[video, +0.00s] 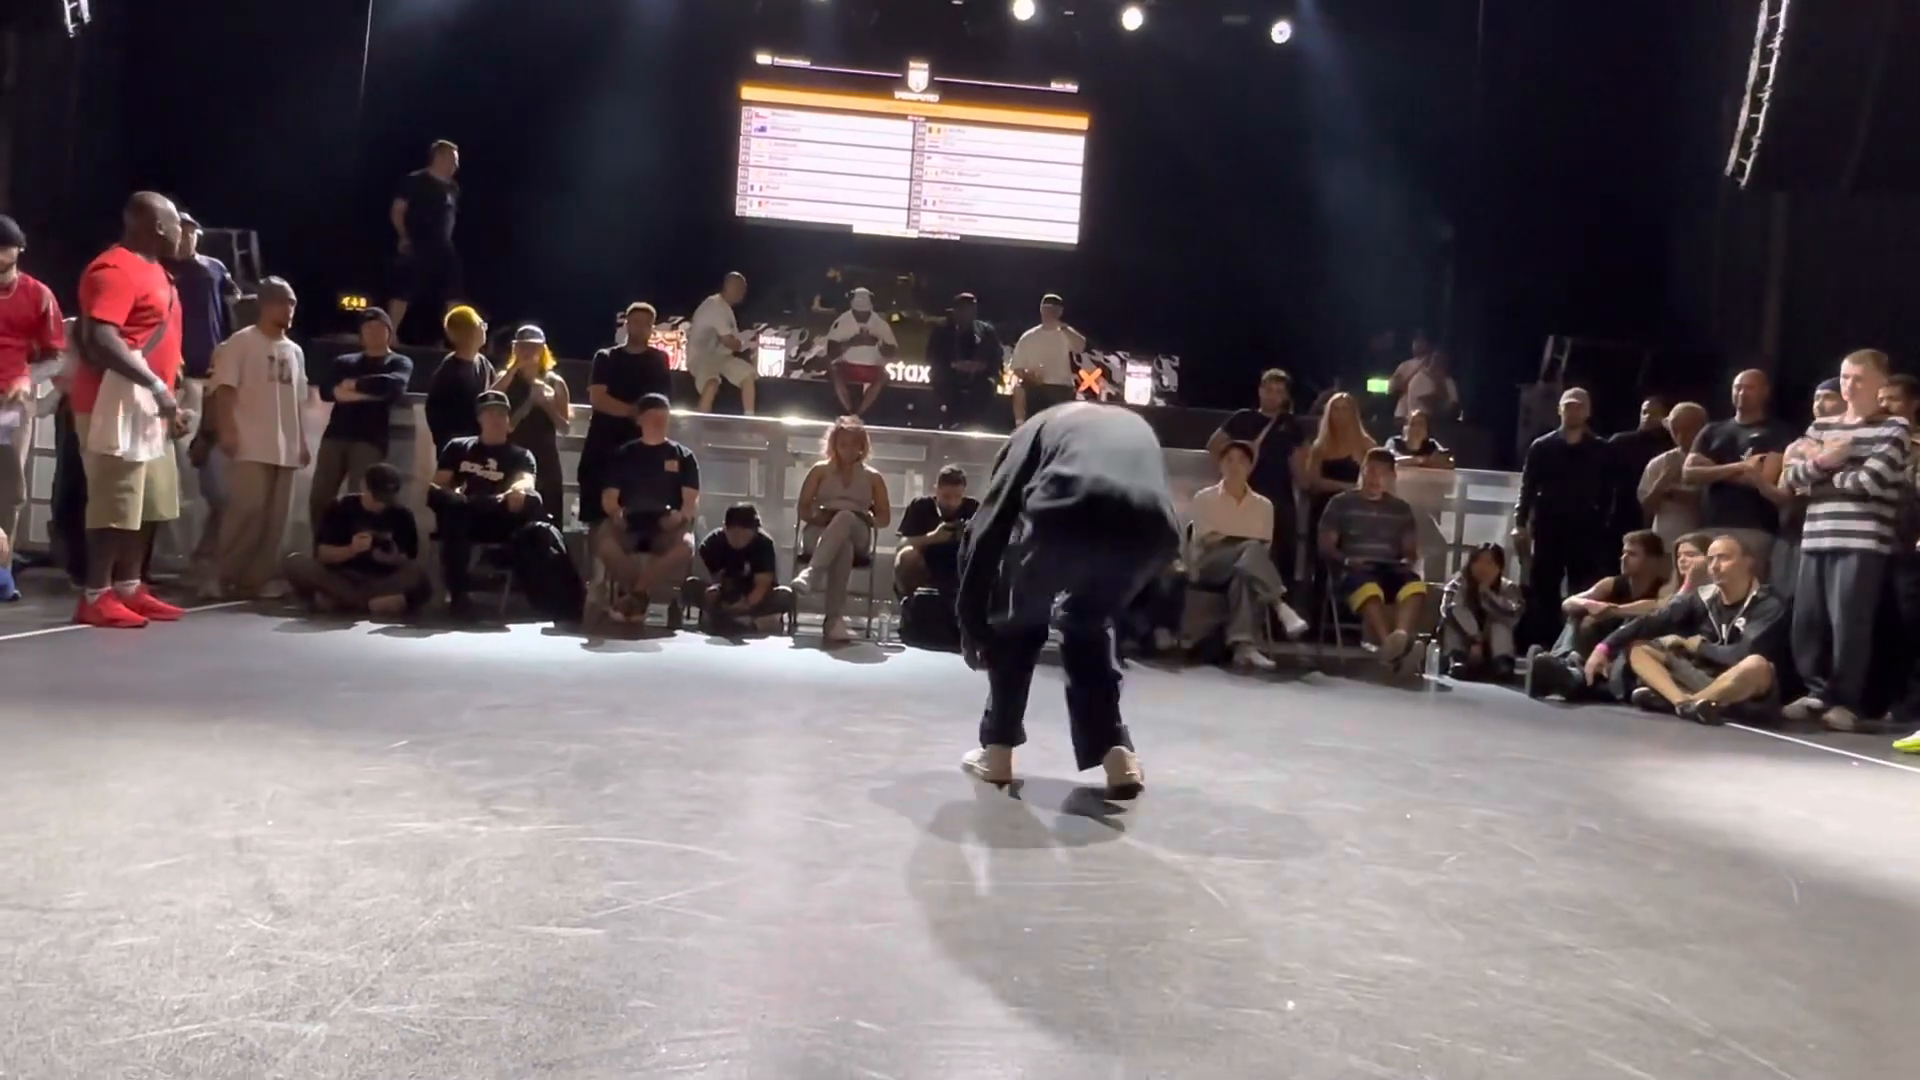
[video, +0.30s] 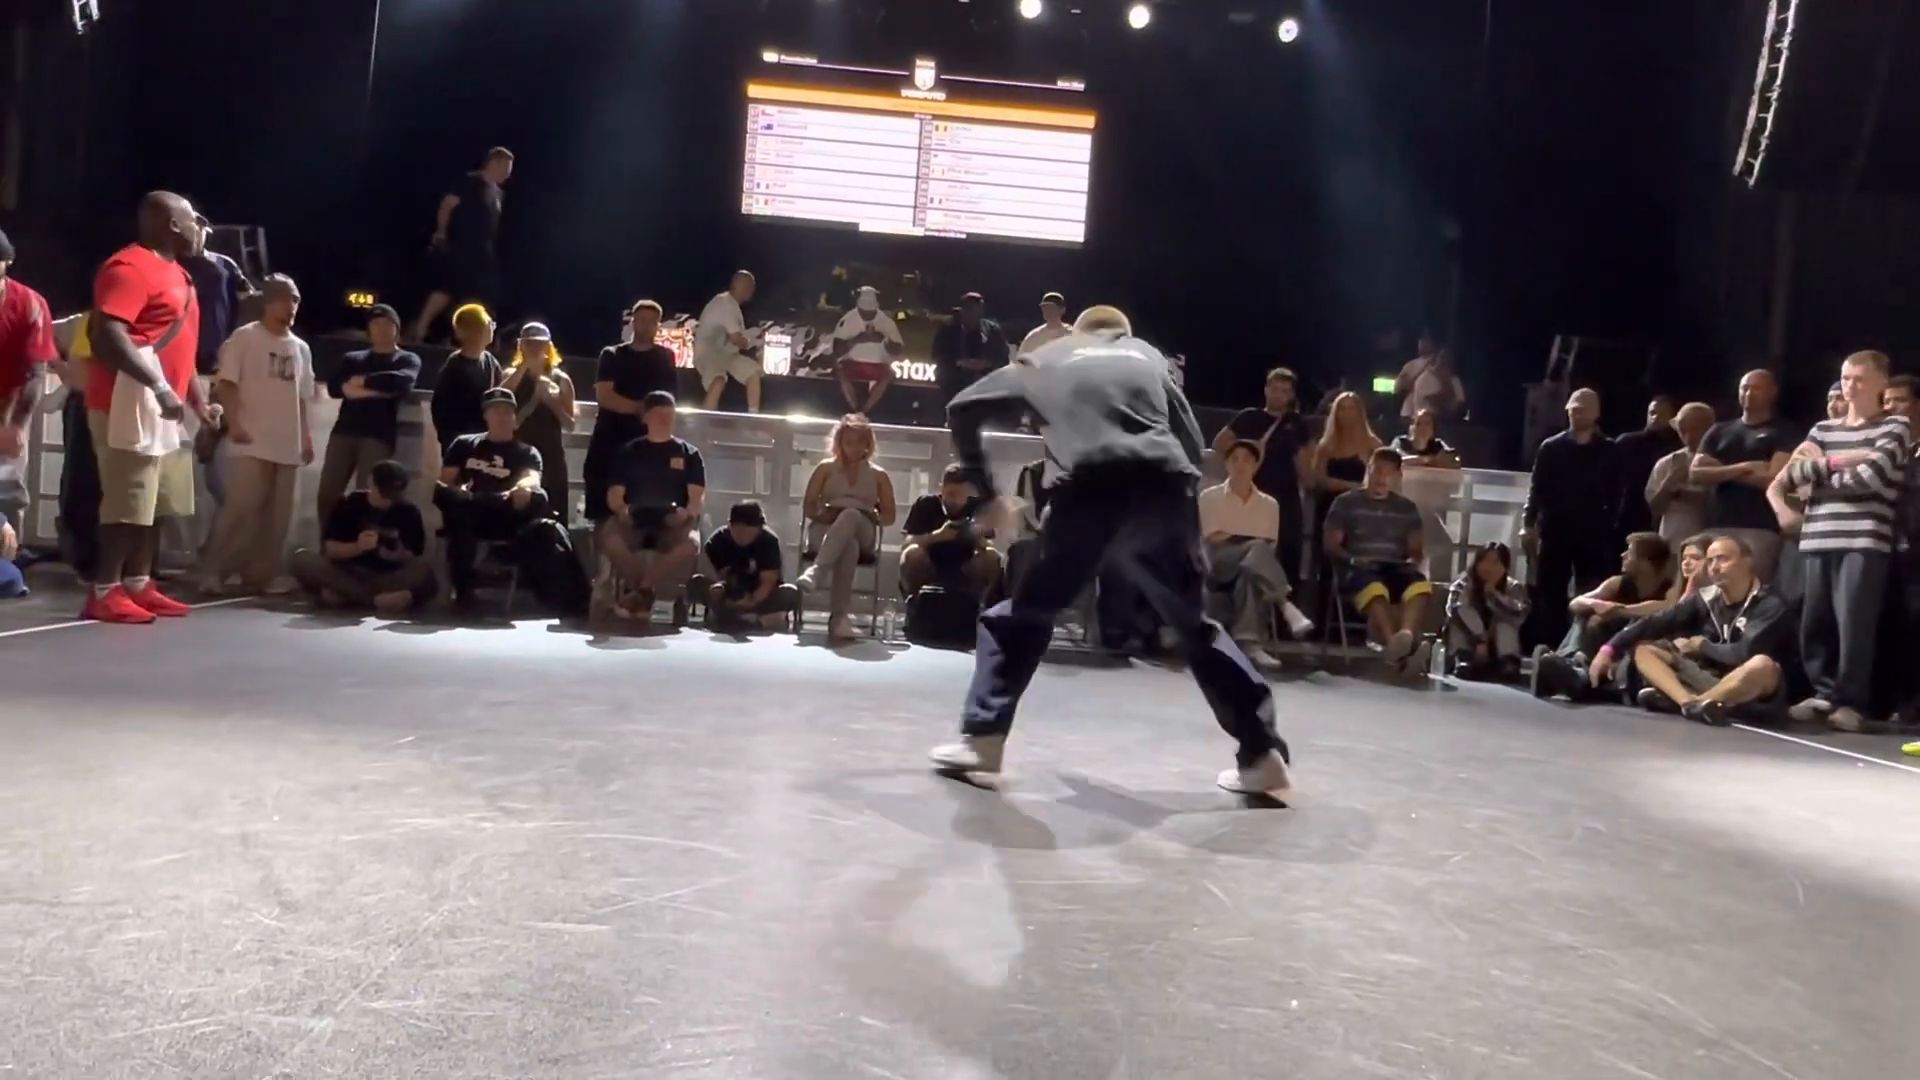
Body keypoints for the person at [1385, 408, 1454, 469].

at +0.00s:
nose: (1417, 429)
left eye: (1421, 424)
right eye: (1413, 424)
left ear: (1427, 428)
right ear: (1406, 427)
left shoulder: (1432, 445)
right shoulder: (1394, 442)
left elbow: (1447, 460)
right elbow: (1391, 459)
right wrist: (1420, 460)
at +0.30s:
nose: (1423, 428)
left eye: (1427, 424)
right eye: (1419, 424)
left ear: (1433, 427)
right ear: (1412, 426)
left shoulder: (1438, 444)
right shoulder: (1400, 442)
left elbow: (1454, 462)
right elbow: (1396, 459)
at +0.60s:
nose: (1427, 427)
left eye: (1431, 422)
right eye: (1423, 422)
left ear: (1437, 425)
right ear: (1417, 425)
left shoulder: (1442, 443)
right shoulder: (1404, 441)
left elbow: (1457, 460)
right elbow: (1402, 458)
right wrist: (1436, 459)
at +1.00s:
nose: (1433, 422)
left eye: (1438, 418)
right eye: (1429, 417)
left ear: (1444, 421)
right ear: (1423, 420)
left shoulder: (1449, 438)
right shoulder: (1411, 436)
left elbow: (1464, 456)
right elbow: (1408, 454)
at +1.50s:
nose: (1440, 418)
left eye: (1445, 414)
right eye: (1436, 413)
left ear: (1451, 418)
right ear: (1430, 415)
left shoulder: (1456, 434)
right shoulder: (1417, 432)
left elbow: (1471, 452)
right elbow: (1415, 450)